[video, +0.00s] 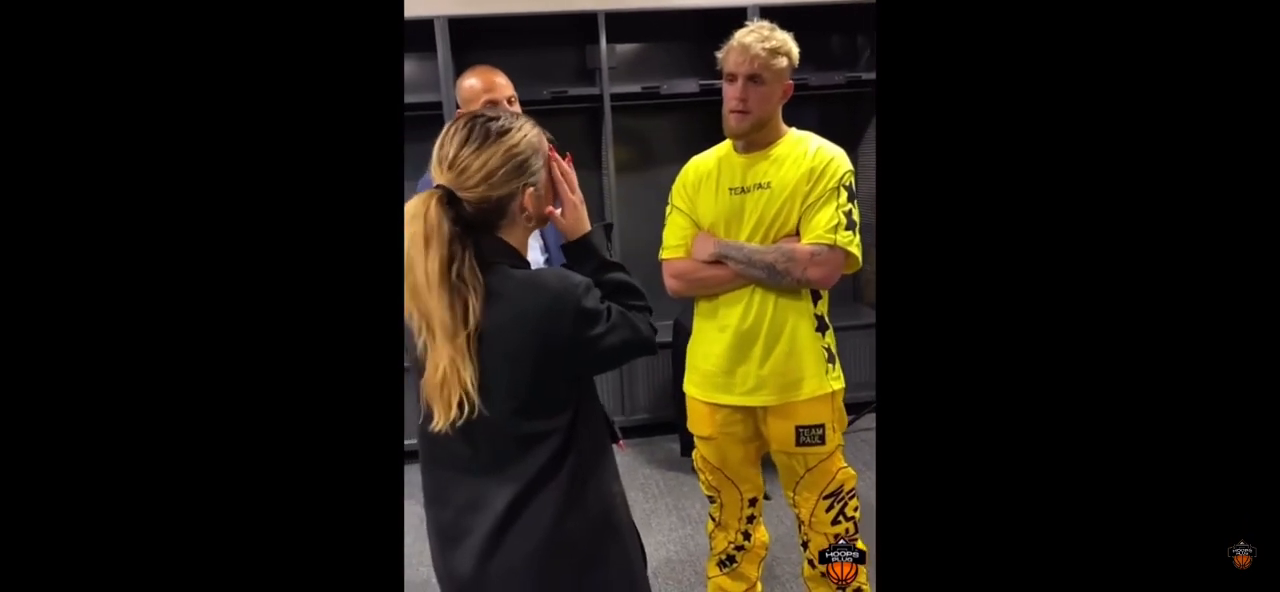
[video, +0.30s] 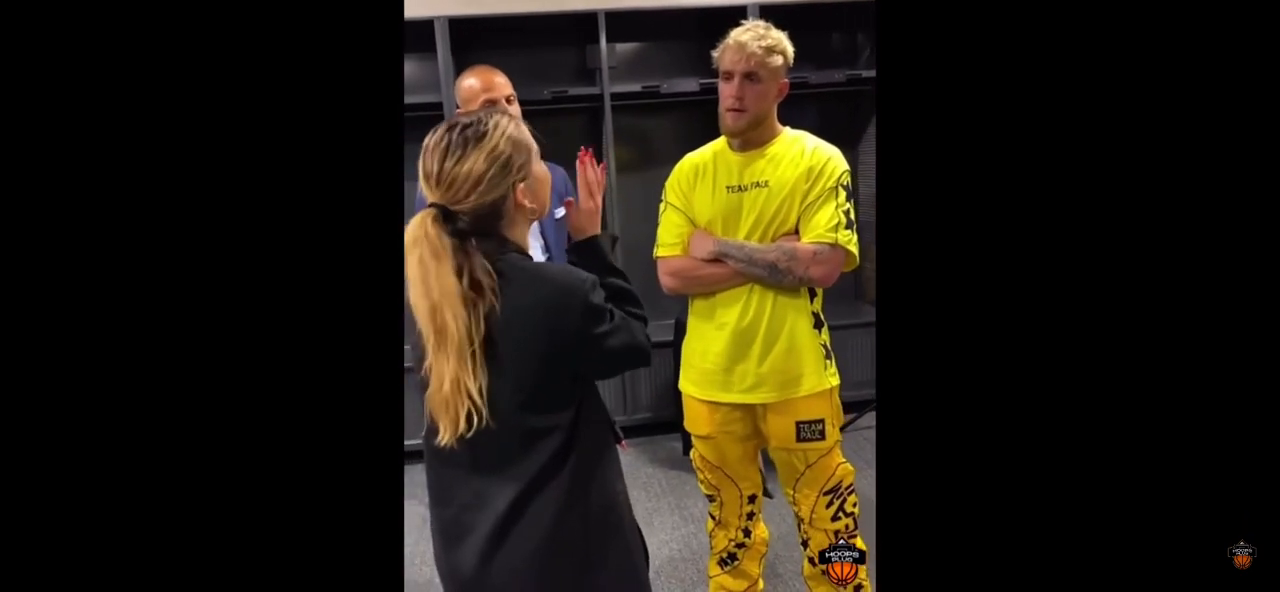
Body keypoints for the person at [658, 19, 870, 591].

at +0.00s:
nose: (736, 96)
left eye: (753, 82)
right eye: (729, 80)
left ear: (785, 89)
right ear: (719, 84)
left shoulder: (823, 162)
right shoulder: (694, 174)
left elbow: (823, 270)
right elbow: (676, 278)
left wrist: (716, 247)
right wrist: (779, 260)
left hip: (801, 377)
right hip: (713, 380)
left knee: (830, 534)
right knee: (729, 538)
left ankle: (841, 586)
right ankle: (732, 587)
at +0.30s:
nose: (732, 94)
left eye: (750, 79)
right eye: (725, 78)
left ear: (781, 88)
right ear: (715, 83)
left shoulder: (819, 161)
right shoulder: (688, 171)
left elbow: (823, 268)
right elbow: (672, 276)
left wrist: (715, 246)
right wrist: (777, 259)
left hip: (797, 374)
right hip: (710, 378)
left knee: (831, 529)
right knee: (730, 534)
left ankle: (843, 585)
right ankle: (734, 587)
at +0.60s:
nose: (726, 91)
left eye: (743, 77)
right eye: (719, 76)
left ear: (774, 86)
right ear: (709, 83)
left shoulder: (813, 158)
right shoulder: (683, 170)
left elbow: (817, 265)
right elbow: (667, 274)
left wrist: (709, 243)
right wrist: (772, 256)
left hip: (793, 372)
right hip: (706, 376)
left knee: (827, 520)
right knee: (727, 525)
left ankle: (842, 584)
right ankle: (732, 585)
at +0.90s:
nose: (720, 87)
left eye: (737, 73)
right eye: (713, 73)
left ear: (769, 83)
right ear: (704, 81)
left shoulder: (809, 155)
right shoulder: (681, 169)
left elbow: (813, 261)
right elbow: (665, 272)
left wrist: (705, 241)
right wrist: (765, 254)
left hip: (790, 370)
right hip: (704, 374)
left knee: (824, 520)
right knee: (726, 525)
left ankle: (839, 584)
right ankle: (731, 585)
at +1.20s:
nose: (718, 84)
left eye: (735, 70)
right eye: (711, 70)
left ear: (768, 79)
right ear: (703, 78)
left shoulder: (809, 150)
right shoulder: (683, 165)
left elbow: (811, 257)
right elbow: (666, 270)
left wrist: (703, 239)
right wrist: (765, 250)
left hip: (789, 367)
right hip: (703, 371)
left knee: (821, 514)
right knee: (724, 517)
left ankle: (838, 583)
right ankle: (730, 584)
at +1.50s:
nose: (716, 83)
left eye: (733, 69)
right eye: (709, 70)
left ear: (767, 77)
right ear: (702, 77)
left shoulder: (810, 149)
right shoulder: (682, 164)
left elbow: (813, 253)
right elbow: (665, 267)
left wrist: (704, 236)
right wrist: (765, 248)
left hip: (790, 368)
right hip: (703, 371)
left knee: (823, 519)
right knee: (724, 522)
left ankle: (838, 584)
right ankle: (728, 585)